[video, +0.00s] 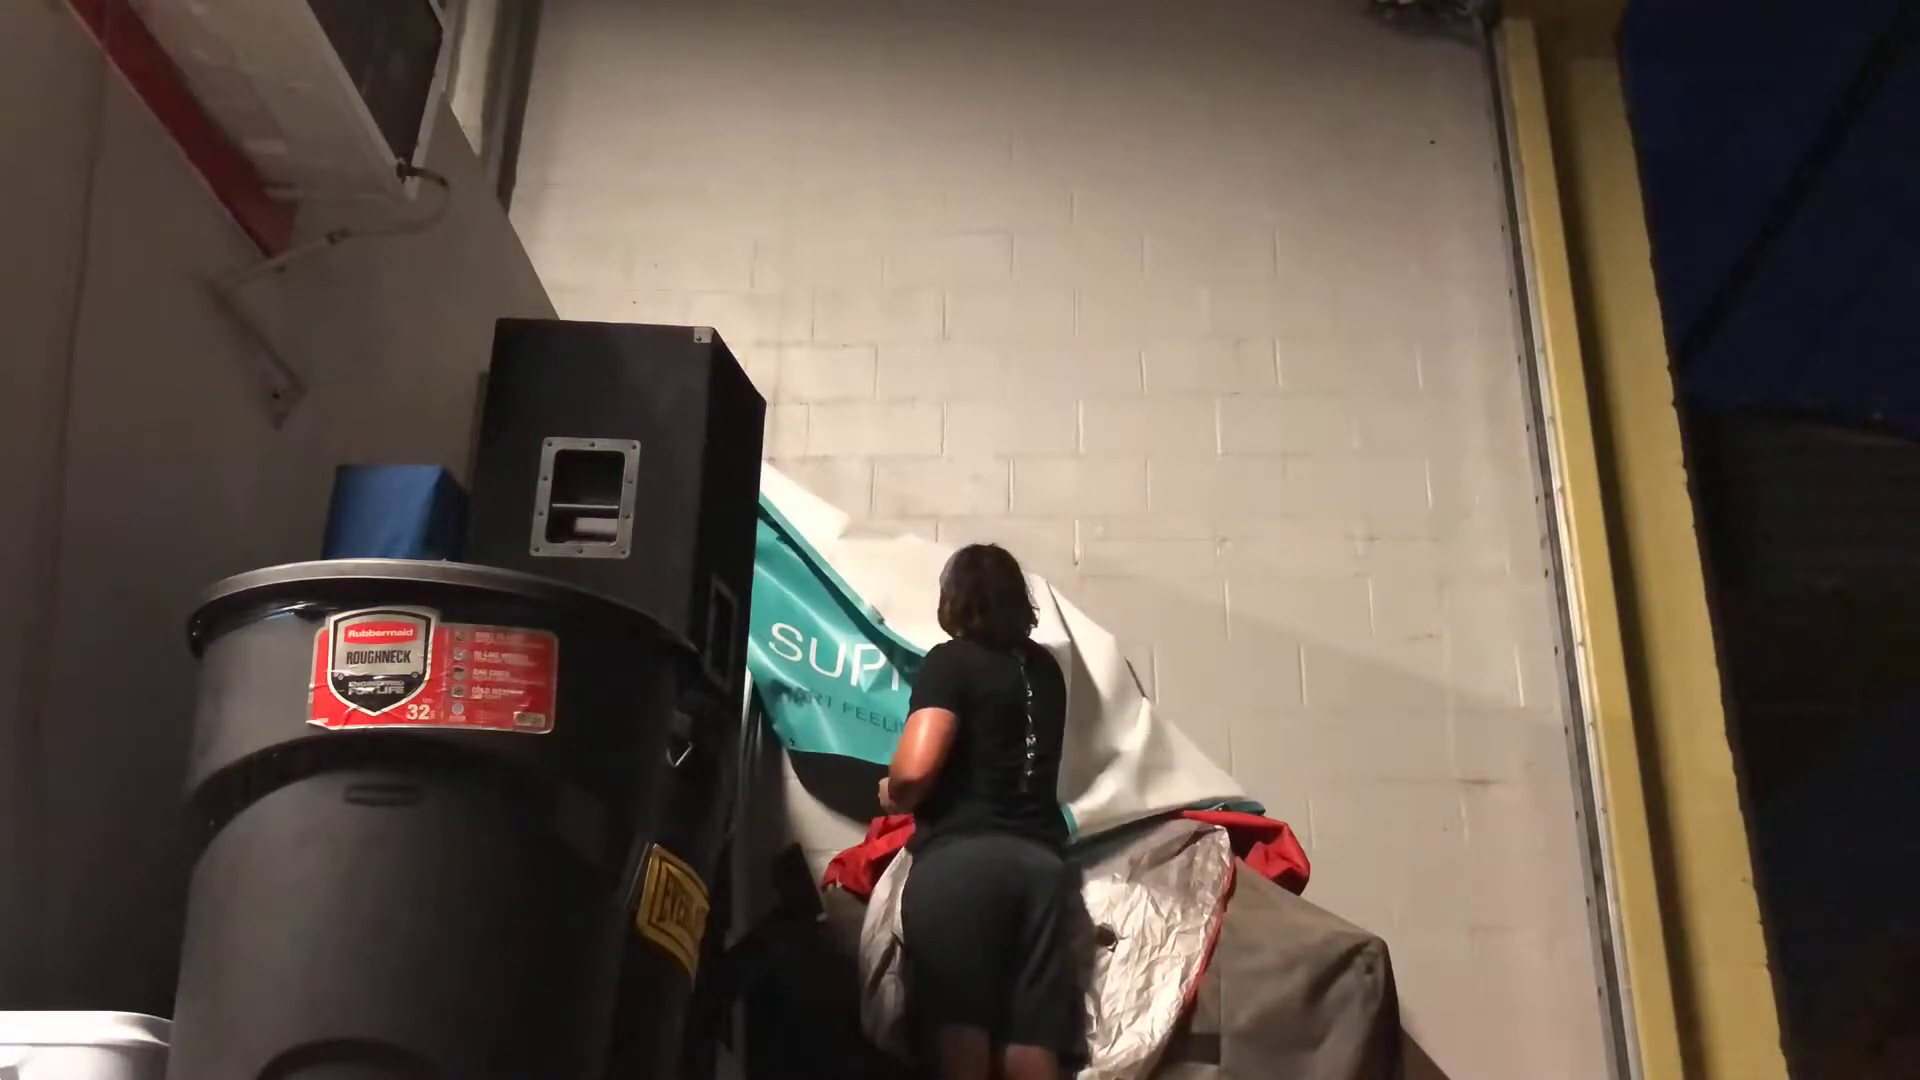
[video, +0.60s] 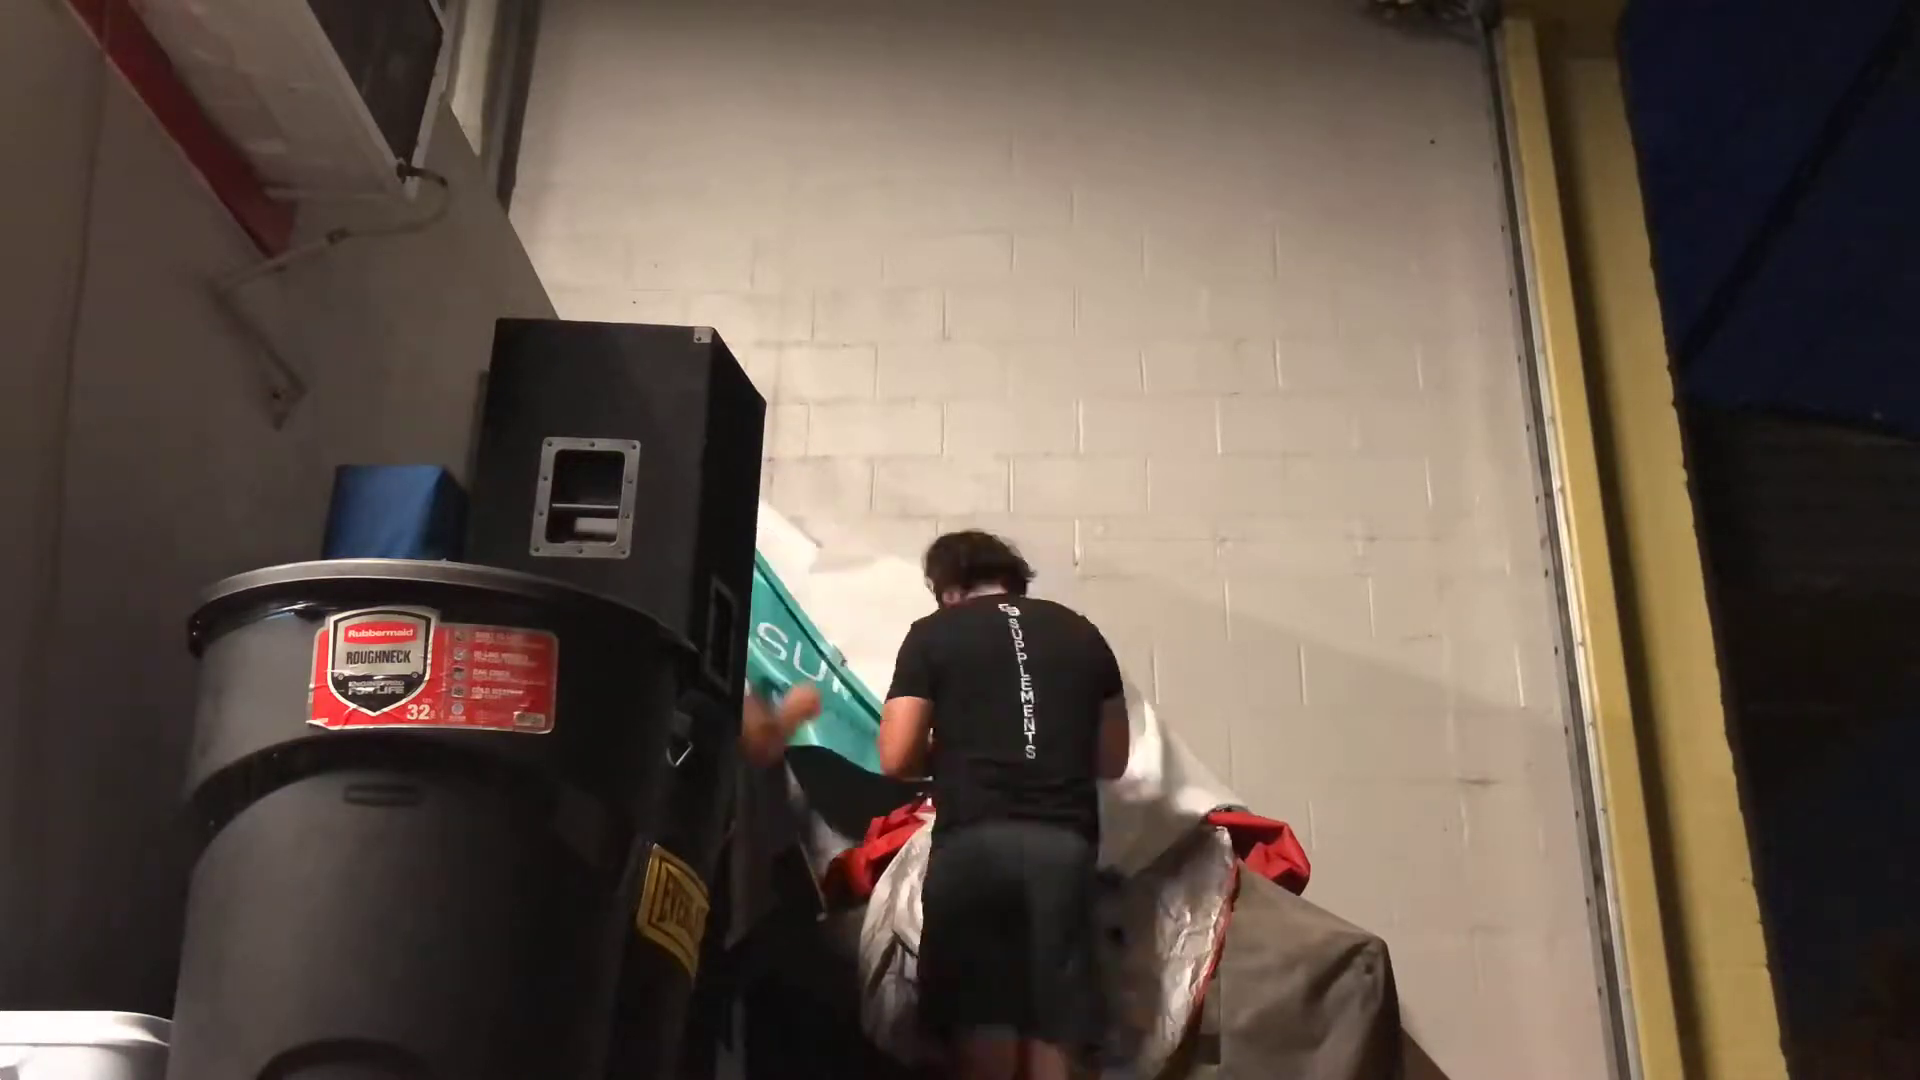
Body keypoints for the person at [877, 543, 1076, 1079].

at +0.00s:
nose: (942, 602)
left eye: (946, 593)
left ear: (953, 601)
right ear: (1018, 601)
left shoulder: (949, 661)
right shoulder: (1048, 667)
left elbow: (915, 769)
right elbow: (1036, 761)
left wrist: (892, 795)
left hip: (960, 858)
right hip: (1043, 863)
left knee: (959, 1039)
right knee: (1035, 1045)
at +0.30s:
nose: (931, 612)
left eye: (934, 600)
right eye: (932, 599)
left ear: (949, 605)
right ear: (1007, 602)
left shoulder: (948, 661)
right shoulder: (1045, 666)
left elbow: (914, 770)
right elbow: (1034, 760)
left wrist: (892, 796)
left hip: (960, 856)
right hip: (1042, 861)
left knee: (958, 1039)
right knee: (1034, 1045)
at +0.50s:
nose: (968, 590)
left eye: (971, 578)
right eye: (970, 578)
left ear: (991, 587)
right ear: (1041, 588)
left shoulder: (992, 654)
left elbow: (955, 757)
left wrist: (898, 741)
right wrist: (875, 674)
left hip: (974, 877)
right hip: (1051, 879)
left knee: (960, 1043)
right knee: (1036, 1049)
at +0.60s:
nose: (937, 604)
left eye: (936, 594)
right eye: (936, 595)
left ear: (949, 592)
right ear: (1016, 581)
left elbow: (897, 759)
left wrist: (950, 752)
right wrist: (1042, 743)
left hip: (971, 851)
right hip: (1063, 856)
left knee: (980, 1031)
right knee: (1054, 1035)